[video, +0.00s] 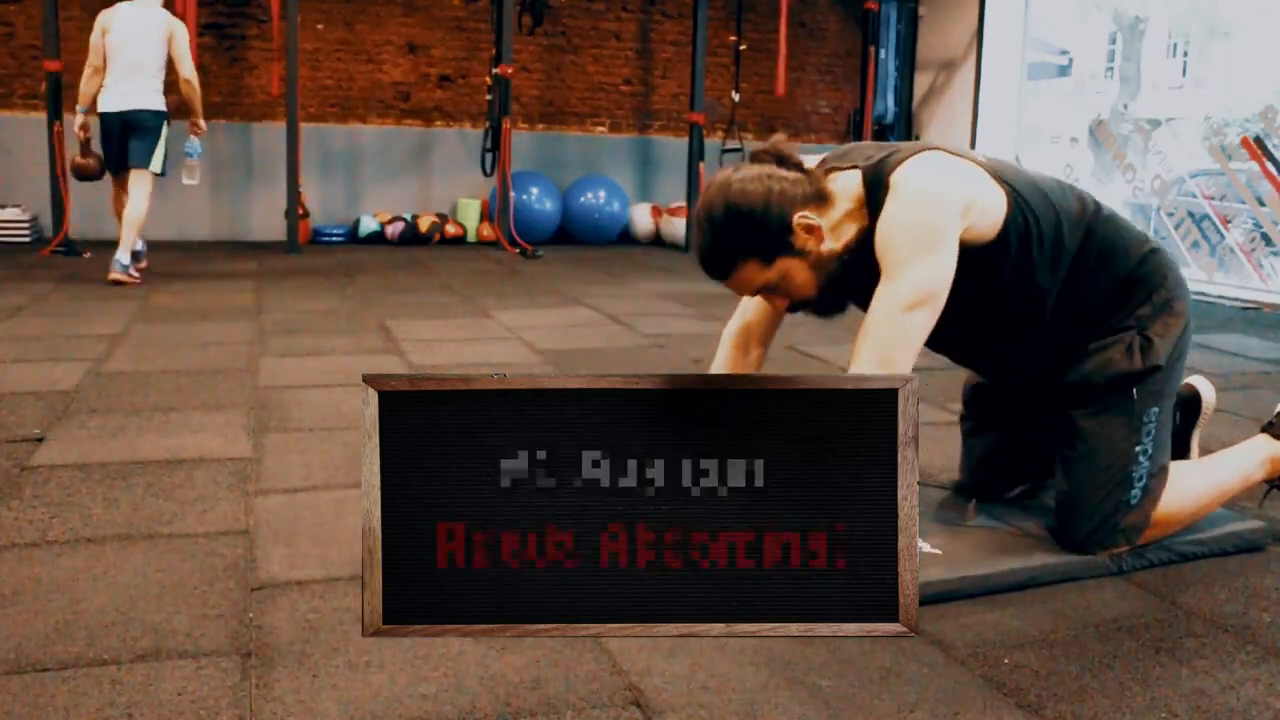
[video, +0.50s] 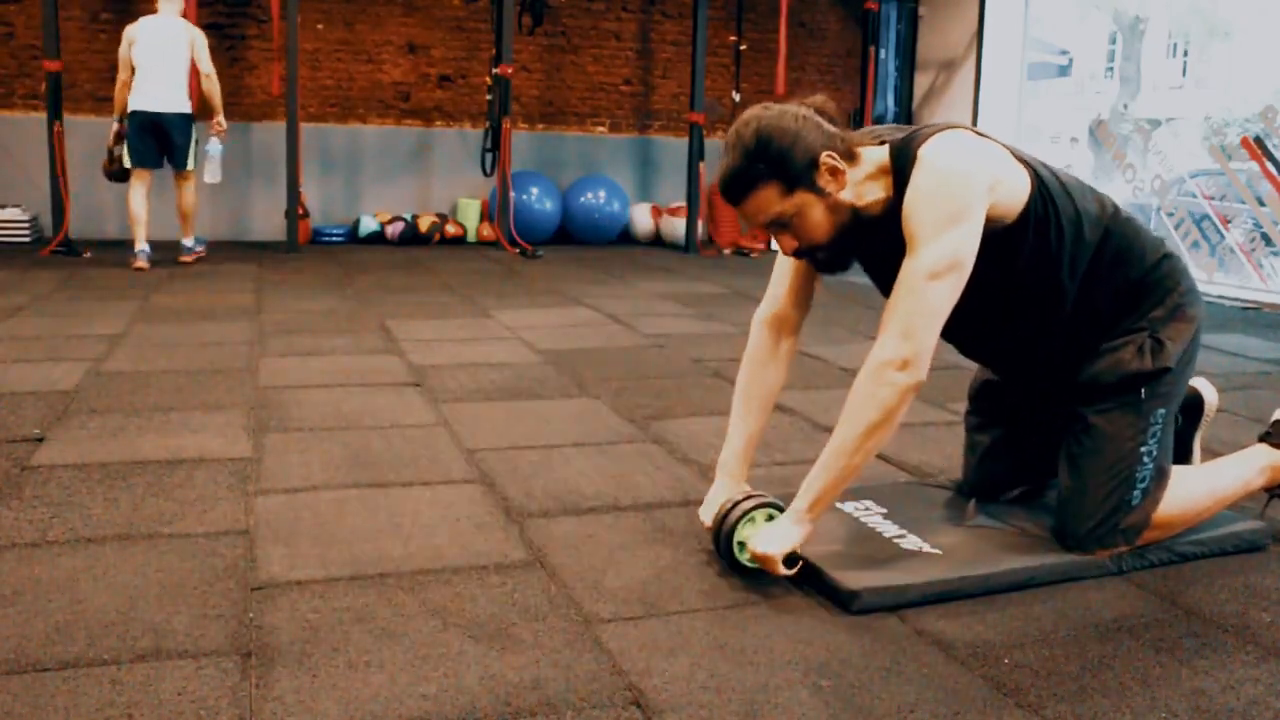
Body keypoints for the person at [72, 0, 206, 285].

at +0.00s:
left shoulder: (105, 17)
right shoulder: (172, 23)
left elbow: (94, 68)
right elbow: (187, 76)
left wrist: (81, 112)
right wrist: (197, 116)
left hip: (110, 111)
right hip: (149, 110)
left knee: (120, 186)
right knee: (140, 189)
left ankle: (135, 247)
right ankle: (121, 261)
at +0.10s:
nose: (168, 8)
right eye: (169, 6)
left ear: (139, 1)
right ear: (165, 4)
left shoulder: (111, 24)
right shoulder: (175, 29)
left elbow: (100, 74)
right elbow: (186, 79)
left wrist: (90, 118)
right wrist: (199, 119)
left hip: (116, 113)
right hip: (153, 114)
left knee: (125, 184)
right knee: (148, 186)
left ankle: (138, 250)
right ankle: (124, 250)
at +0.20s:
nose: (167, 7)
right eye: (168, 5)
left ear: (141, 2)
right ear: (167, 4)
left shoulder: (116, 28)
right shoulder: (178, 29)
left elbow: (107, 78)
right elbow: (189, 78)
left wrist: (98, 122)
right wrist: (201, 118)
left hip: (121, 115)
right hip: (158, 116)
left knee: (129, 184)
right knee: (163, 187)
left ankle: (138, 248)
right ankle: (135, 231)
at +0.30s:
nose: (170, 6)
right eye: (170, 4)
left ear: (144, 2)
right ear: (169, 3)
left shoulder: (119, 27)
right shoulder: (180, 27)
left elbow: (111, 78)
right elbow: (195, 73)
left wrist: (104, 121)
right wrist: (207, 113)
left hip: (128, 113)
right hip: (166, 113)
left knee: (133, 179)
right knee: (173, 179)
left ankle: (139, 252)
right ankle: (149, 226)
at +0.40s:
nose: (174, 6)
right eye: (175, 4)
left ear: (148, 2)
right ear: (174, 3)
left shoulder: (124, 27)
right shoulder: (186, 28)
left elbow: (117, 78)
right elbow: (202, 73)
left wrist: (111, 119)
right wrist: (213, 111)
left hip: (134, 112)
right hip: (173, 112)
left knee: (136, 179)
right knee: (181, 176)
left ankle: (140, 250)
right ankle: (167, 239)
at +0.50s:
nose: (180, 7)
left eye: (175, 5)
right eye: (181, 5)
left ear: (156, 5)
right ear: (182, 6)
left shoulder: (132, 30)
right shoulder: (193, 33)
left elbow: (123, 79)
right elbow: (208, 76)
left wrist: (117, 119)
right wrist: (219, 113)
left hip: (140, 113)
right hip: (177, 114)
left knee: (139, 180)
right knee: (185, 180)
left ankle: (140, 250)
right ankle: (188, 244)